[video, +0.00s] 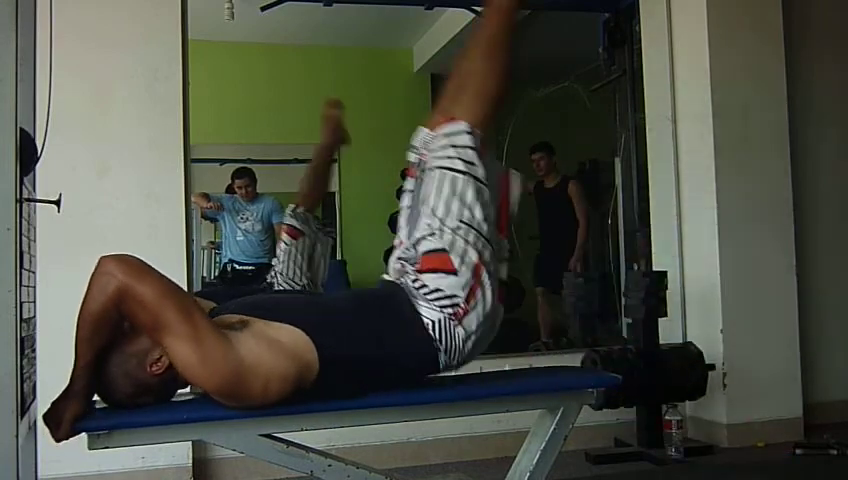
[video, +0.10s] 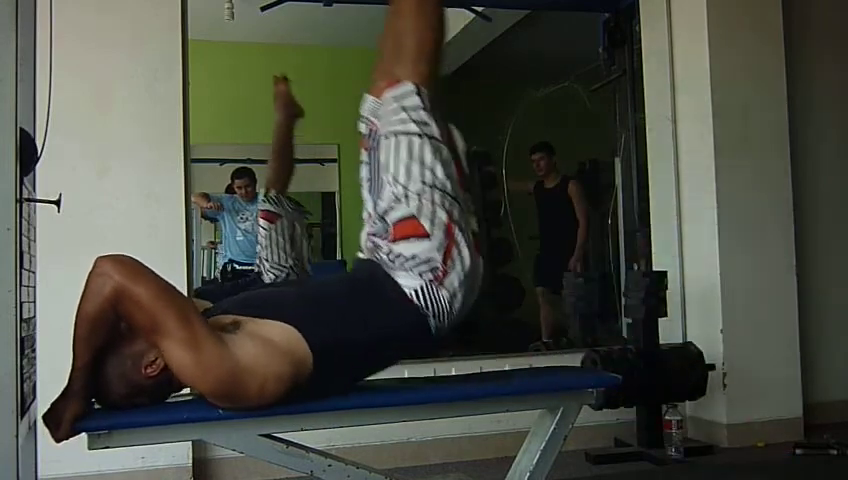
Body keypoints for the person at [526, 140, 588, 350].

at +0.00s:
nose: (537, 165)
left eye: (541, 160)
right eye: (534, 161)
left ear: (552, 160)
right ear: (532, 164)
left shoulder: (570, 185)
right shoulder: (537, 188)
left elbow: (583, 221)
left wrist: (578, 254)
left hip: (567, 249)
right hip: (545, 249)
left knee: (568, 294)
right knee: (542, 293)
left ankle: (571, 337)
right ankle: (546, 340)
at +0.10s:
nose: (537, 165)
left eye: (541, 160)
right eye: (534, 162)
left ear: (552, 160)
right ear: (532, 164)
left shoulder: (570, 185)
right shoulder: (537, 187)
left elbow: (582, 221)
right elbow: (511, 185)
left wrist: (578, 255)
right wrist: (494, 177)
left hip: (567, 250)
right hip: (546, 249)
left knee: (568, 294)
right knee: (543, 292)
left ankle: (572, 338)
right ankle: (546, 341)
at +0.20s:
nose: (537, 165)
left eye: (540, 160)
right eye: (533, 162)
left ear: (552, 160)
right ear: (531, 165)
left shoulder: (570, 186)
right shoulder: (536, 187)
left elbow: (582, 221)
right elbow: (511, 185)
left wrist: (578, 255)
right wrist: (494, 174)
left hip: (568, 249)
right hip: (546, 248)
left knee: (567, 294)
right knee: (543, 290)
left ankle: (571, 337)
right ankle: (553, 340)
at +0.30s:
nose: (536, 165)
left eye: (540, 160)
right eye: (533, 162)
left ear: (551, 160)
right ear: (531, 165)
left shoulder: (570, 186)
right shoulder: (535, 187)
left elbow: (582, 222)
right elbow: (509, 185)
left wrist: (578, 255)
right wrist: (491, 169)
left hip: (568, 246)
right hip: (547, 247)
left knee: (568, 291)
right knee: (543, 289)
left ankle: (573, 335)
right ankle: (563, 335)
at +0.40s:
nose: (536, 165)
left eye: (540, 160)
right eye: (533, 161)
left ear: (551, 160)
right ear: (531, 164)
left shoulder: (570, 186)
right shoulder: (535, 187)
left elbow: (582, 222)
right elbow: (510, 186)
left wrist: (578, 255)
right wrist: (492, 170)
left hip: (568, 247)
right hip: (546, 247)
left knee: (569, 293)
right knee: (545, 292)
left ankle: (573, 336)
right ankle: (574, 331)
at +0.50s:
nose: (536, 165)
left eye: (540, 160)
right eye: (533, 161)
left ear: (551, 160)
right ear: (531, 164)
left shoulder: (570, 187)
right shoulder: (535, 187)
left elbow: (582, 223)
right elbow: (509, 185)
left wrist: (578, 255)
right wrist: (491, 169)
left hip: (568, 248)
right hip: (546, 248)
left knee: (569, 294)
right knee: (546, 294)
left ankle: (573, 336)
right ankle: (575, 329)